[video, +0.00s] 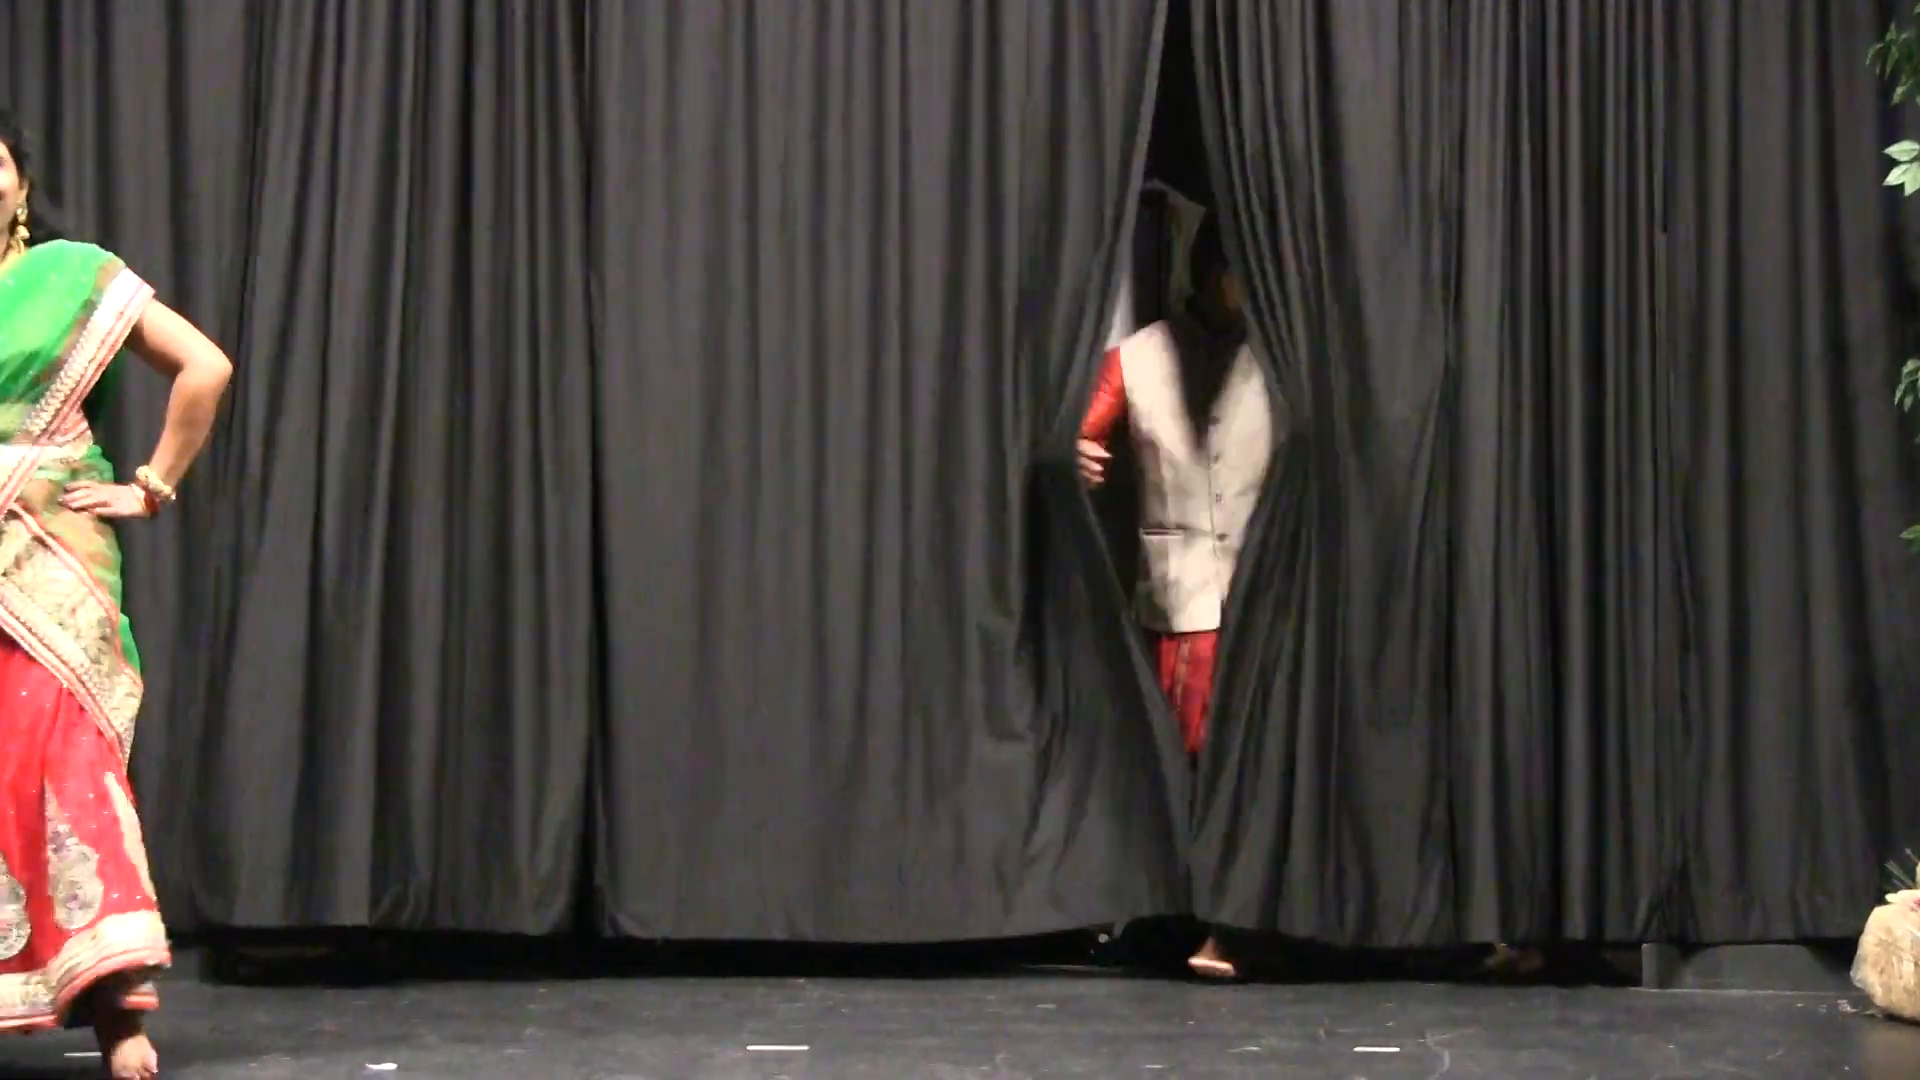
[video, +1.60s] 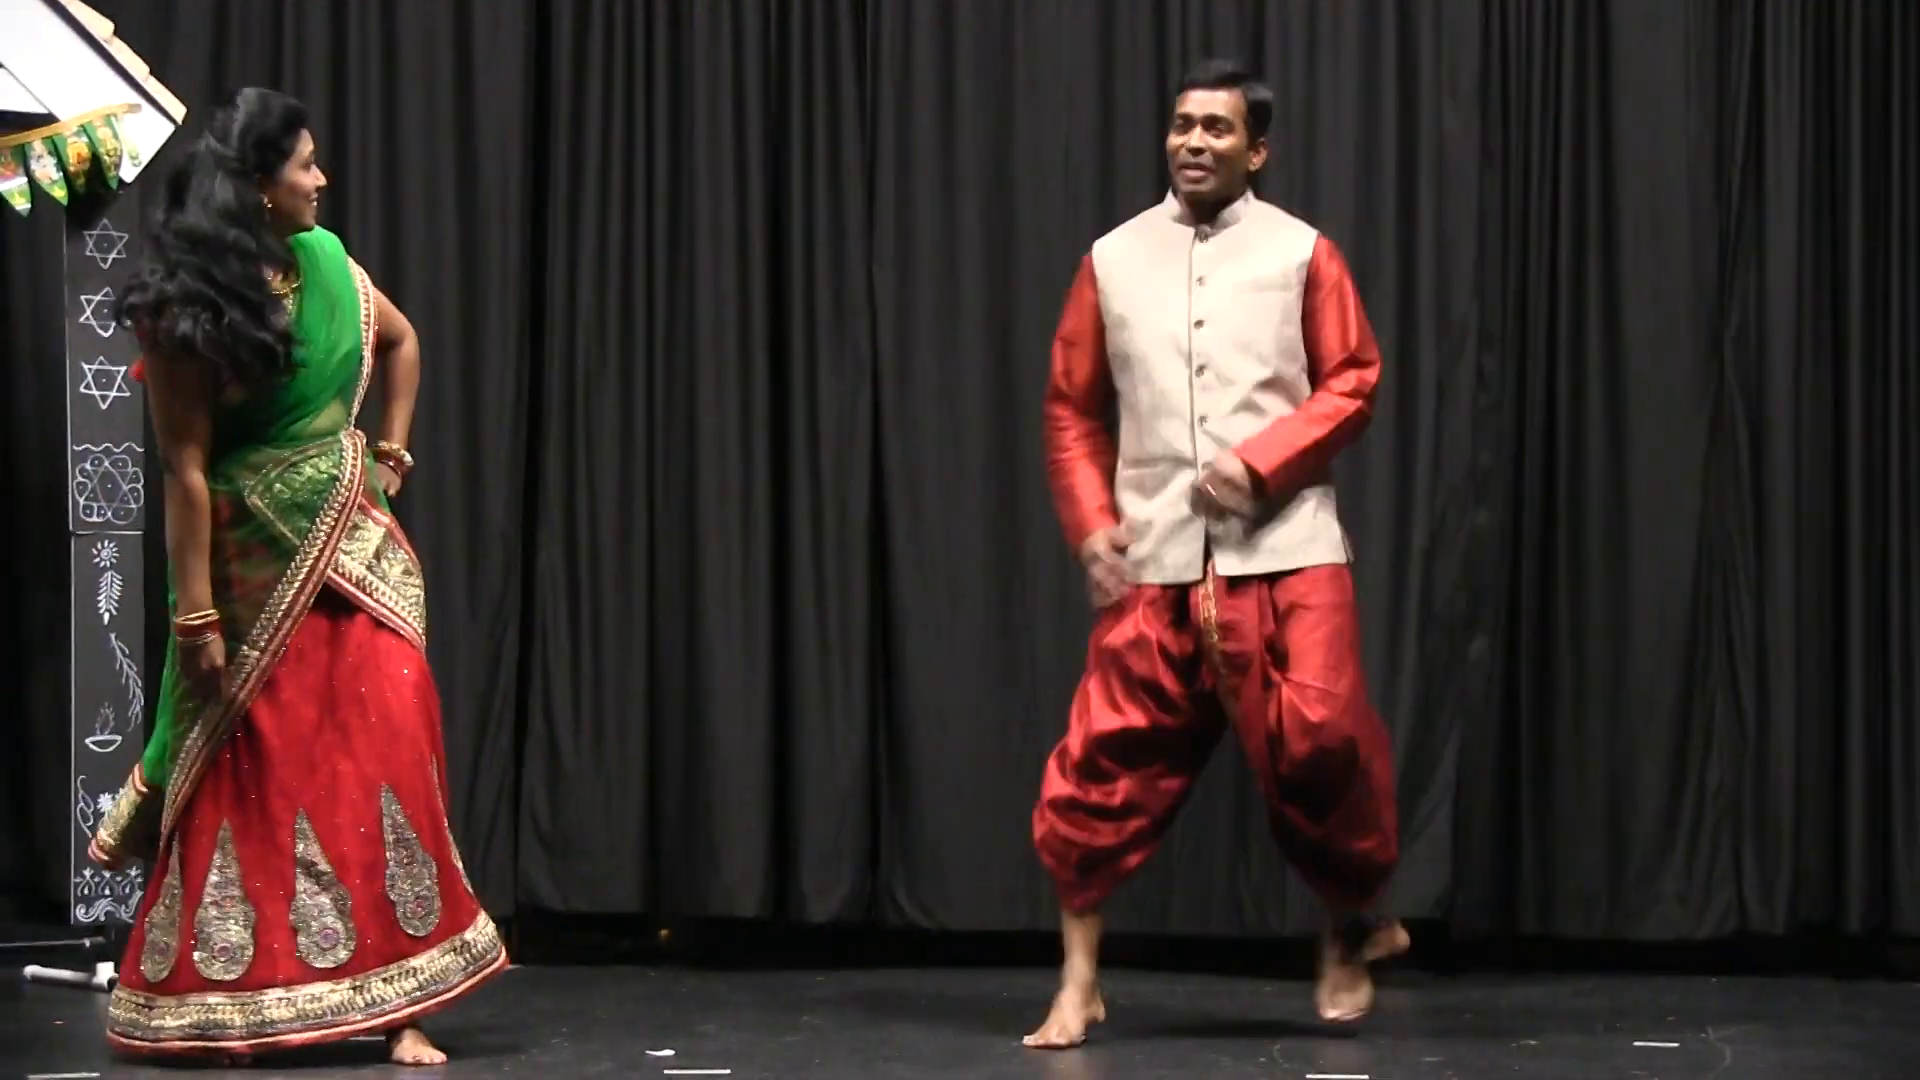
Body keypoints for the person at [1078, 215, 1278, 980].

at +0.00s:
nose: (1242, 292)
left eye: (1253, 277)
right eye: (1232, 274)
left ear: (1269, 282)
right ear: (1206, 274)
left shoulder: (1292, 359)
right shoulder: (1139, 358)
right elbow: (1080, 443)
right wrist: (1079, 461)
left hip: (1258, 598)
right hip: (1168, 601)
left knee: (1232, 758)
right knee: (1177, 762)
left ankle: (1228, 926)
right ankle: (1215, 927)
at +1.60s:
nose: (1194, 141)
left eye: (1216, 129)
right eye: (1183, 126)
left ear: (1256, 149)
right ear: (1165, 140)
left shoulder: (1301, 251)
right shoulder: (1114, 258)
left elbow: (1354, 379)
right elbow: (1074, 406)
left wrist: (1262, 460)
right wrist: (1093, 524)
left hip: (1286, 552)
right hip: (1152, 557)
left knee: (1321, 738)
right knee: (1098, 757)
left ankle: (1343, 951)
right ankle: (1077, 985)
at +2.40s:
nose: (1167, 153)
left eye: (1188, 139)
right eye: (1165, 139)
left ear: (1247, 159)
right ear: (1168, 158)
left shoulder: (1320, 284)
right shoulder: (1132, 281)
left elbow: (1355, 432)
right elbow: (1084, 428)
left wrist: (1283, 564)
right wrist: (1118, 558)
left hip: (1286, 587)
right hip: (1151, 587)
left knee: (1334, 788)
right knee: (1077, 780)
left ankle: (1380, 993)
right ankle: (1055, 980)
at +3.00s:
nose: (1113, 160)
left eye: (1131, 146)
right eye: (1101, 149)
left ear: (1170, 166)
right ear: (1087, 173)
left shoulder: (1224, 282)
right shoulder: (1048, 290)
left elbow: (1261, 417)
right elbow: (1011, 431)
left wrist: (1198, 546)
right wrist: (1026, 565)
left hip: (1200, 579)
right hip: (1074, 584)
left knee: (1273, 763)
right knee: (1043, 774)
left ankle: (1315, 956)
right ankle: (1031, 955)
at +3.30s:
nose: (1086, 211)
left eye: (1104, 200)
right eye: (1087, 200)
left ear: (1150, 220)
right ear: (1088, 218)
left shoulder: (1199, 321)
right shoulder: (1049, 316)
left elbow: (1223, 444)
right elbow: (1012, 432)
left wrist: (1182, 560)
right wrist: (1048, 522)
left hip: (1173, 574)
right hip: (1071, 575)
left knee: (1233, 733)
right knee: (1031, 734)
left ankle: (1264, 896)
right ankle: (1018, 892)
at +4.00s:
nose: (1063, 276)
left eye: (1076, 266)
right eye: (1062, 267)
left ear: (1116, 279)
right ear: (1068, 281)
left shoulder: (1164, 364)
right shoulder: (1038, 365)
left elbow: (1188, 458)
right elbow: (1007, 466)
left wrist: (1126, 524)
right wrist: (996, 560)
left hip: (1132, 569)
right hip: (1043, 571)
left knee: (1175, 701)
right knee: (1012, 704)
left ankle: (1201, 834)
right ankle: (996, 830)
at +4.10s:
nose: (1065, 275)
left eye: (1079, 265)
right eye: (1064, 266)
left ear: (1119, 278)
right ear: (1069, 280)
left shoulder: (1166, 364)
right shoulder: (1039, 363)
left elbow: (1187, 460)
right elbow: (1011, 461)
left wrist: (1131, 535)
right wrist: (1019, 553)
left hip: (1139, 572)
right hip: (1049, 575)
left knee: (1178, 700)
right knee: (1011, 701)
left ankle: (1201, 833)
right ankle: (997, 829)